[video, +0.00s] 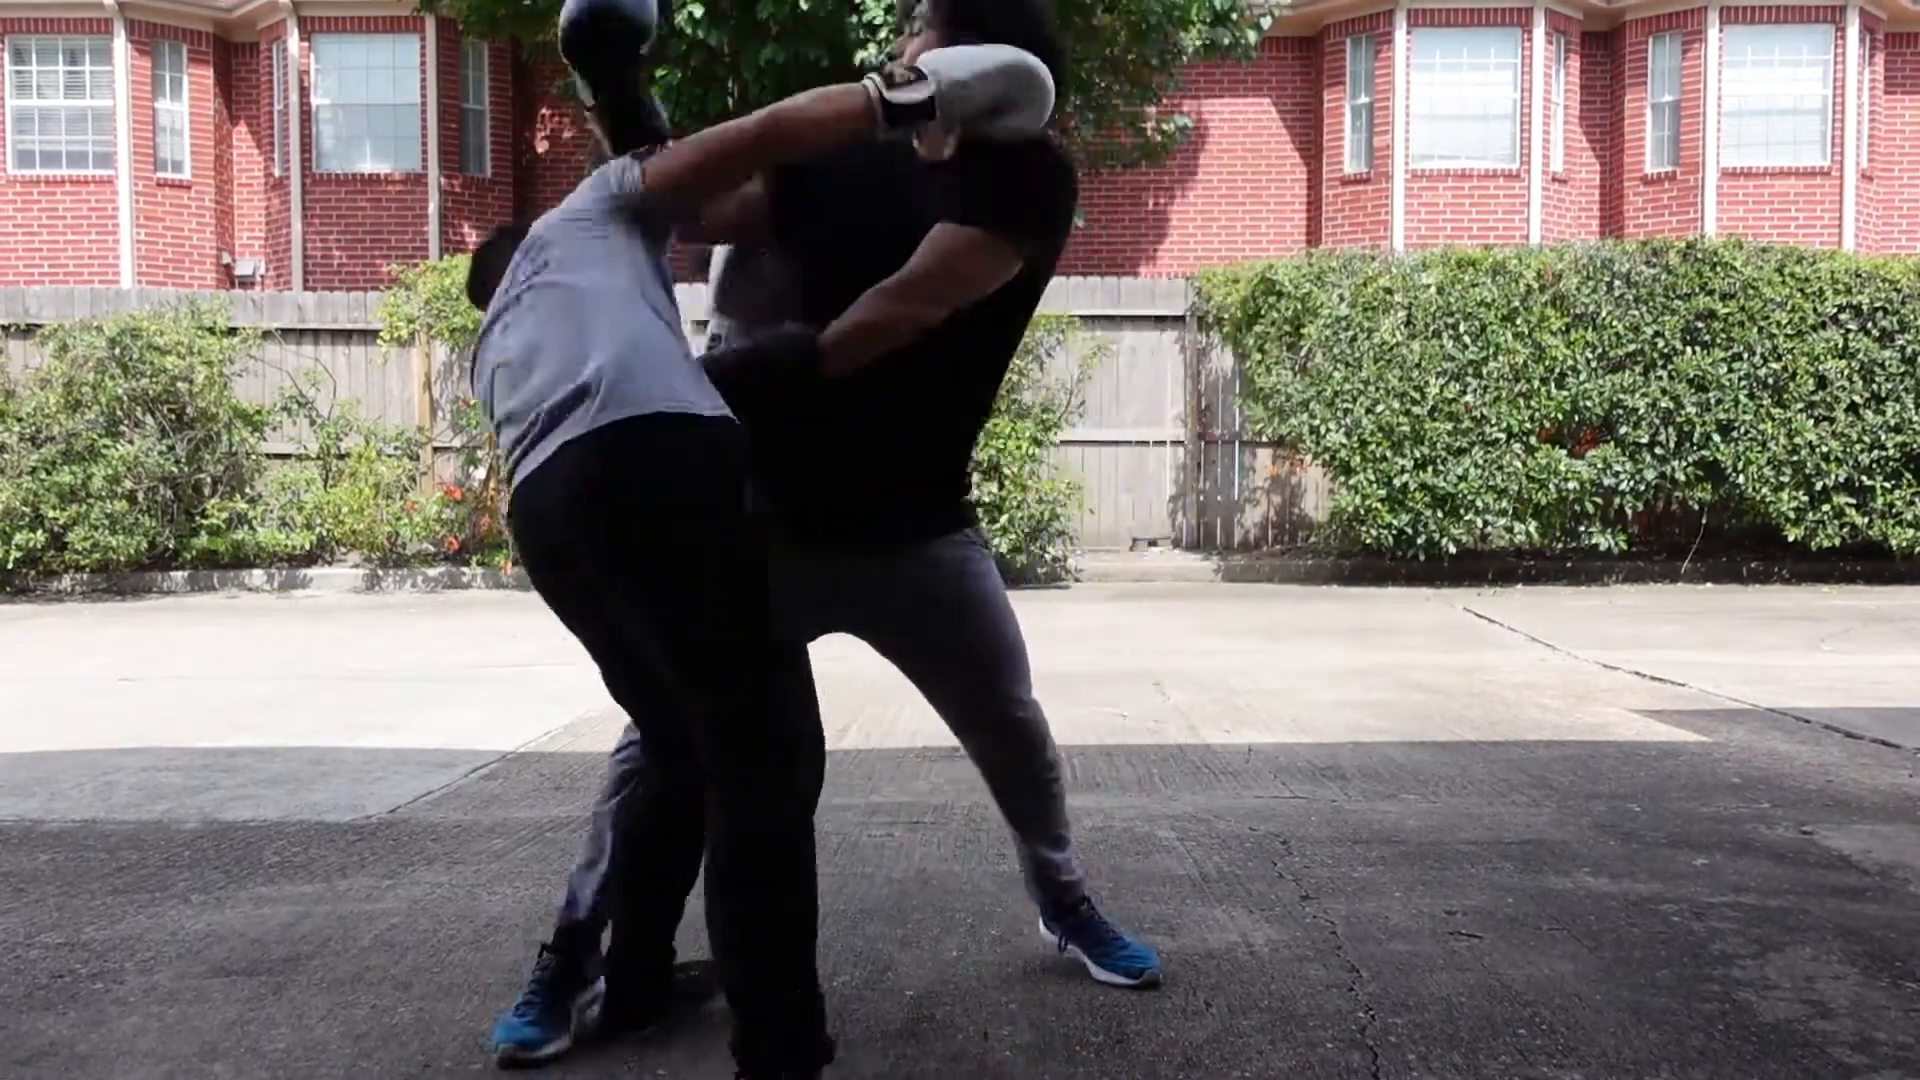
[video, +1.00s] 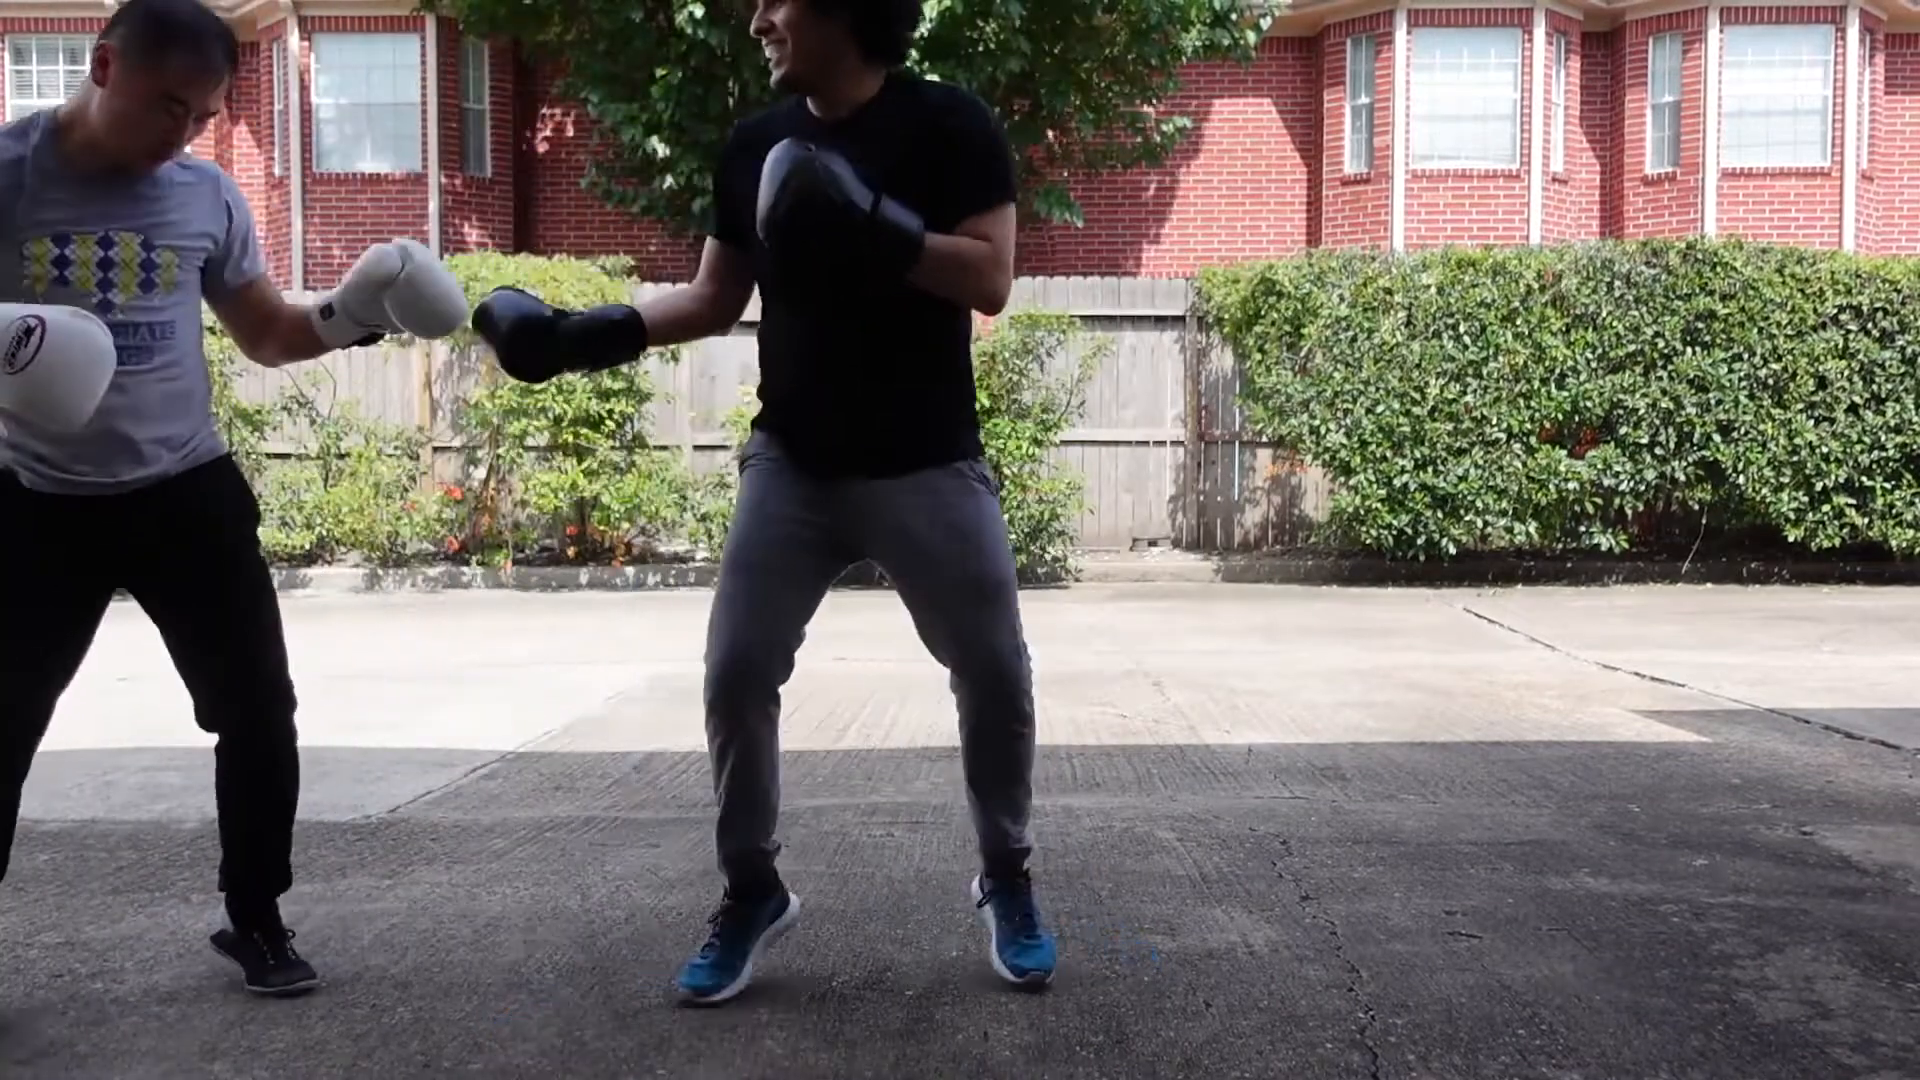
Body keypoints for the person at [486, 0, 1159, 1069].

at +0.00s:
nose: (973, 85)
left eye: (995, 65)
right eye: (951, 56)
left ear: (1019, 75)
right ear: (912, 53)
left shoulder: (1027, 174)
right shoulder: (816, 154)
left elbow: (922, 297)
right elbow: (681, 212)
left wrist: (801, 359)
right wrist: (623, 87)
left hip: (920, 531)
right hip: (763, 523)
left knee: (1013, 728)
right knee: (654, 743)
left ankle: (1065, 899)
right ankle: (569, 962)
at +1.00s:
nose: (763, 22)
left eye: (781, 4)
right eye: (763, 6)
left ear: (848, 15)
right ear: (792, 22)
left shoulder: (952, 126)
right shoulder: (759, 146)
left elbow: (990, 283)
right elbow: (710, 298)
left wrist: (870, 218)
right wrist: (573, 333)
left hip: (929, 470)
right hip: (792, 469)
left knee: (999, 675)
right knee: (736, 676)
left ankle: (1007, 879)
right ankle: (751, 895)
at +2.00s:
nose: (916, 202)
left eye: (924, 187)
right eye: (915, 188)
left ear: (960, 188)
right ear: (986, 185)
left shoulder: (1009, 256)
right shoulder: (1004, 252)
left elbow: (947, 368)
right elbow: (972, 353)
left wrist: (849, 324)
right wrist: (921, 290)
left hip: (1038, 496)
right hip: (1036, 491)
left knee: (994, 651)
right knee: (1033, 648)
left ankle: (1092, 825)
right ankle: (1080, 807)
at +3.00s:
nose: (734, 228)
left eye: (745, 216)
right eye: (730, 216)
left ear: (786, 215)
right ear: (735, 220)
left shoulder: (840, 292)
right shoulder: (728, 287)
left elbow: (881, 393)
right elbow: (705, 370)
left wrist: (848, 453)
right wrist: (689, 406)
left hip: (804, 507)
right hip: (730, 504)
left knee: (820, 655)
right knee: (728, 649)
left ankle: (851, 804)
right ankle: (751, 778)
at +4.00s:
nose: (852, 277)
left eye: (864, 271)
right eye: (843, 266)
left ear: (876, 285)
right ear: (820, 266)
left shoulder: (870, 332)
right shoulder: (777, 317)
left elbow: (906, 387)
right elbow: (737, 398)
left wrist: (865, 323)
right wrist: (748, 478)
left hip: (849, 515)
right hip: (776, 517)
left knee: (888, 615)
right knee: (760, 640)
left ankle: (884, 744)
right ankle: (752, 744)